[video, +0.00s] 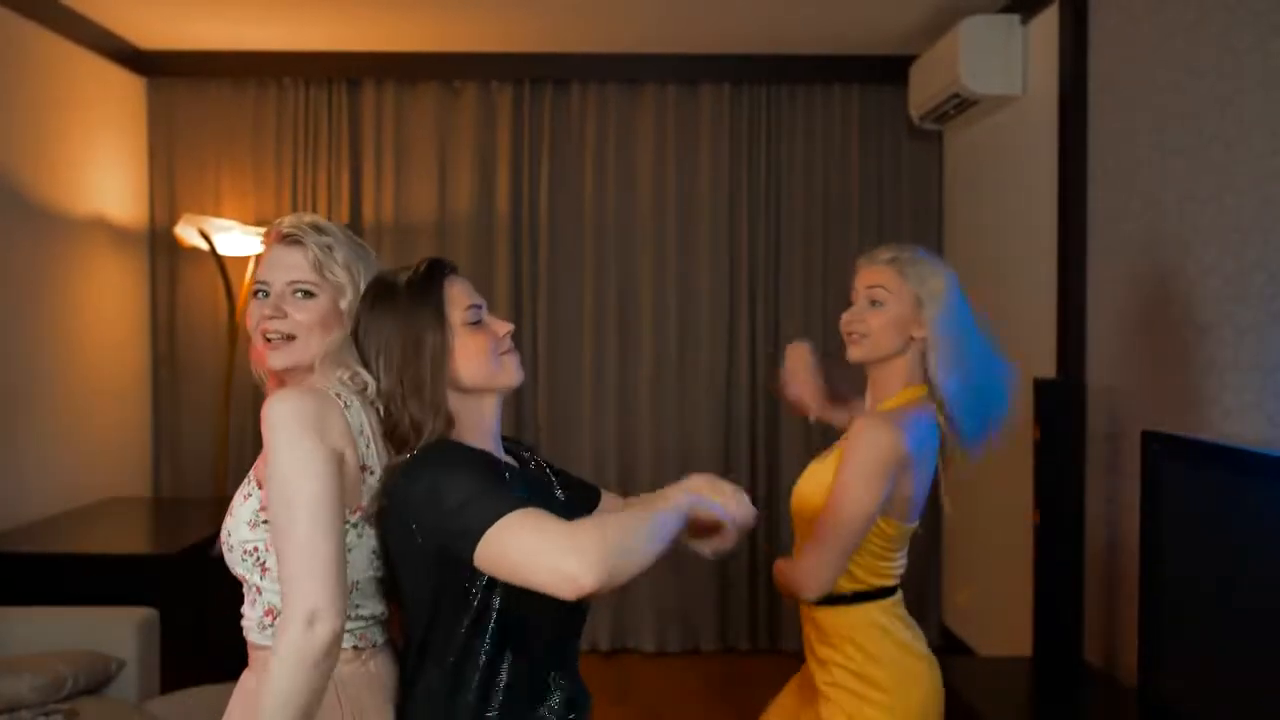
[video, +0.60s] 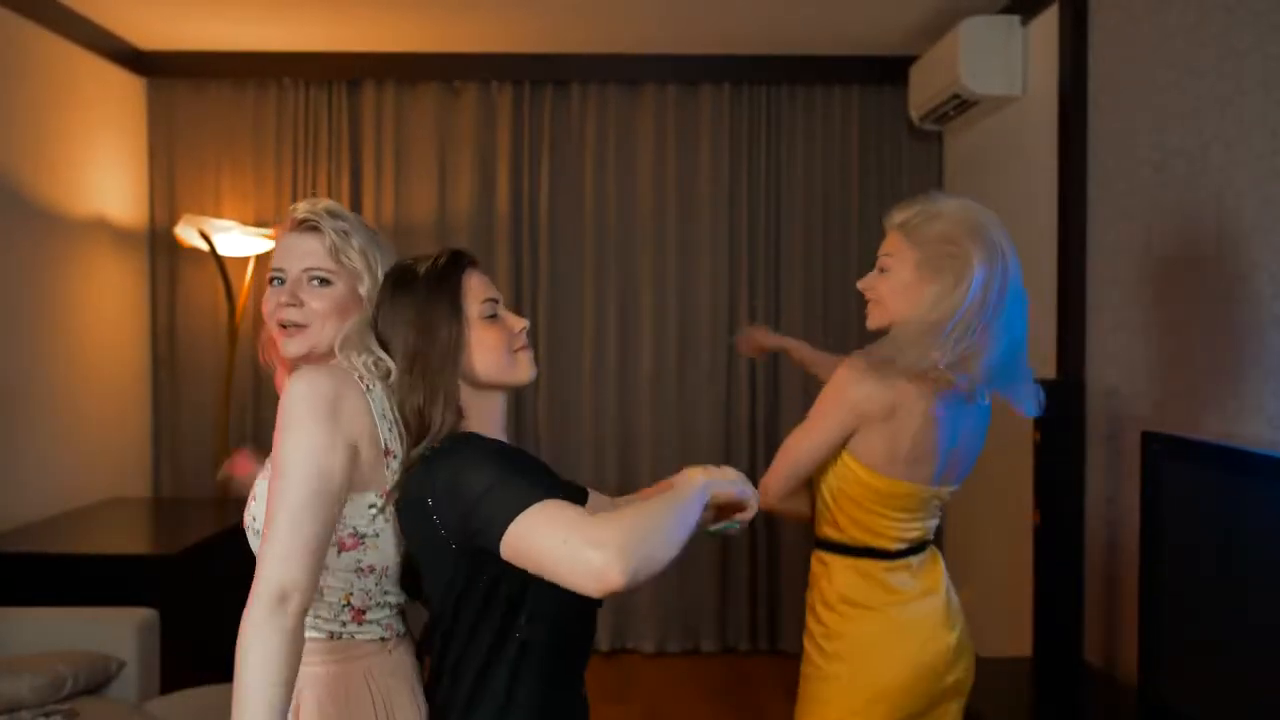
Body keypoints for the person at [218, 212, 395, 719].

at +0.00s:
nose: (272, 310)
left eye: (302, 293)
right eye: (261, 292)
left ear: (351, 309)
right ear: (248, 304)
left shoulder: (297, 408)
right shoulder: (361, 403)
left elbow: (315, 623)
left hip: (315, 688)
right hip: (366, 678)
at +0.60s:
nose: (288, 298)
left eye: (318, 281)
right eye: (277, 279)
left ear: (369, 297)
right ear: (264, 293)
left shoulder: (318, 390)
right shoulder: (379, 387)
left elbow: (281, 600)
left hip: (328, 681)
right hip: (388, 666)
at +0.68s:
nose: (291, 305)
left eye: (323, 288)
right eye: (281, 287)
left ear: (371, 305)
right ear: (267, 299)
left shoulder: (320, 395)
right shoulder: (385, 393)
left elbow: (276, 602)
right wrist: (246, 526)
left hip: (327, 684)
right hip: (391, 668)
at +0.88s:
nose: (298, 309)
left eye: (329, 292)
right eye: (287, 291)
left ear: (377, 307)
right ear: (274, 302)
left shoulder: (333, 390)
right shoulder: (388, 390)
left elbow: (280, 560)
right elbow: (322, 480)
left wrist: (262, 710)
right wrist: (254, 554)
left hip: (333, 688)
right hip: (384, 675)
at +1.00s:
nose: (298, 301)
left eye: (328, 284)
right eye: (287, 283)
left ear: (378, 298)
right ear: (274, 294)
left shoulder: (334, 376)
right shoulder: (387, 381)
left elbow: (298, 500)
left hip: (337, 672)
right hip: (388, 659)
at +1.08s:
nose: (296, 293)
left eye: (326, 276)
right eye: (285, 275)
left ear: (376, 291)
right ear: (273, 286)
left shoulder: (334, 367)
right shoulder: (383, 375)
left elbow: (309, 459)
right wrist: (290, 545)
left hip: (328, 669)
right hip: (384, 651)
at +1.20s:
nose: (297, 285)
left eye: (327, 267)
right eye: (287, 266)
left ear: (374, 284)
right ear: (274, 279)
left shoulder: (339, 358)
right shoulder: (378, 365)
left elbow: (321, 424)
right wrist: (282, 521)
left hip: (317, 661)